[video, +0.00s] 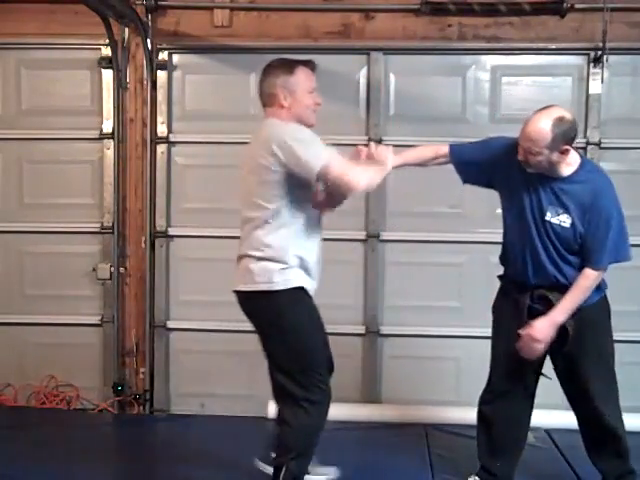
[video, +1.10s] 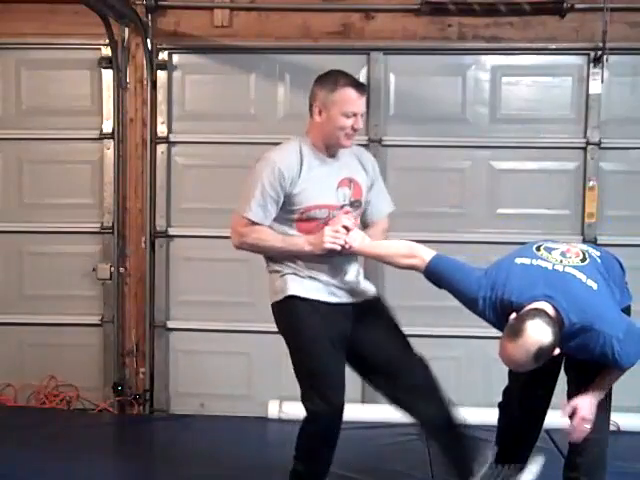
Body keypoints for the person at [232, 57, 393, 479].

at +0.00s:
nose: (319, 100)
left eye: (317, 91)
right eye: (312, 92)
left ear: (280, 99)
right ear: (282, 98)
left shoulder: (272, 134)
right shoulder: (285, 134)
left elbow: (317, 200)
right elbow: (354, 179)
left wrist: (353, 167)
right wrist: (382, 164)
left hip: (266, 279)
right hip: (276, 281)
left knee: (298, 373)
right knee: (313, 374)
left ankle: (283, 454)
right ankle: (292, 469)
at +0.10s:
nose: (330, 103)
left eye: (328, 94)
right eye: (322, 95)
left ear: (295, 102)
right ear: (293, 101)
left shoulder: (293, 142)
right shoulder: (288, 145)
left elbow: (317, 197)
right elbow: (323, 216)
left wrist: (355, 177)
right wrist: (369, 185)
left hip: (293, 284)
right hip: (290, 287)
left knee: (312, 387)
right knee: (321, 391)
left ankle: (320, 466)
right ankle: (299, 472)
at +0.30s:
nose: (340, 107)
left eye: (340, 99)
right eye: (332, 100)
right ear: (302, 105)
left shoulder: (332, 152)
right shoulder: (285, 156)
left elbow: (372, 210)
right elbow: (296, 231)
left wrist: (373, 180)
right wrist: (351, 196)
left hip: (340, 283)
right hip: (306, 283)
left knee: (349, 379)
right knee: (324, 382)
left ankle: (327, 465)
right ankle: (301, 472)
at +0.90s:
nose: (354, 113)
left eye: (357, 105)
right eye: (345, 104)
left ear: (360, 108)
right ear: (315, 104)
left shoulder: (362, 154)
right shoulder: (284, 154)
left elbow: (381, 218)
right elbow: (249, 227)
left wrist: (365, 239)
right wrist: (313, 240)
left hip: (353, 287)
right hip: (303, 288)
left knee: (404, 368)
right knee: (313, 398)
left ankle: (359, 444)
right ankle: (300, 472)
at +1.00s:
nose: (356, 118)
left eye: (360, 110)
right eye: (347, 109)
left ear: (362, 112)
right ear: (318, 107)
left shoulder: (359, 158)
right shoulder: (284, 158)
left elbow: (377, 220)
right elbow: (247, 230)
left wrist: (362, 242)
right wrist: (312, 242)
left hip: (355, 287)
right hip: (305, 290)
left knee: (422, 341)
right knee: (323, 391)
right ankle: (303, 475)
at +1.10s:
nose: (357, 125)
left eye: (360, 116)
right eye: (349, 115)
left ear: (362, 117)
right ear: (318, 111)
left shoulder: (361, 161)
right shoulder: (281, 162)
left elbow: (380, 225)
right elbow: (242, 233)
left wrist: (358, 240)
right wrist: (309, 244)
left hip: (355, 294)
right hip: (303, 295)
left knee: (415, 382)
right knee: (325, 408)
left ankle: (463, 469)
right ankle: (304, 476)